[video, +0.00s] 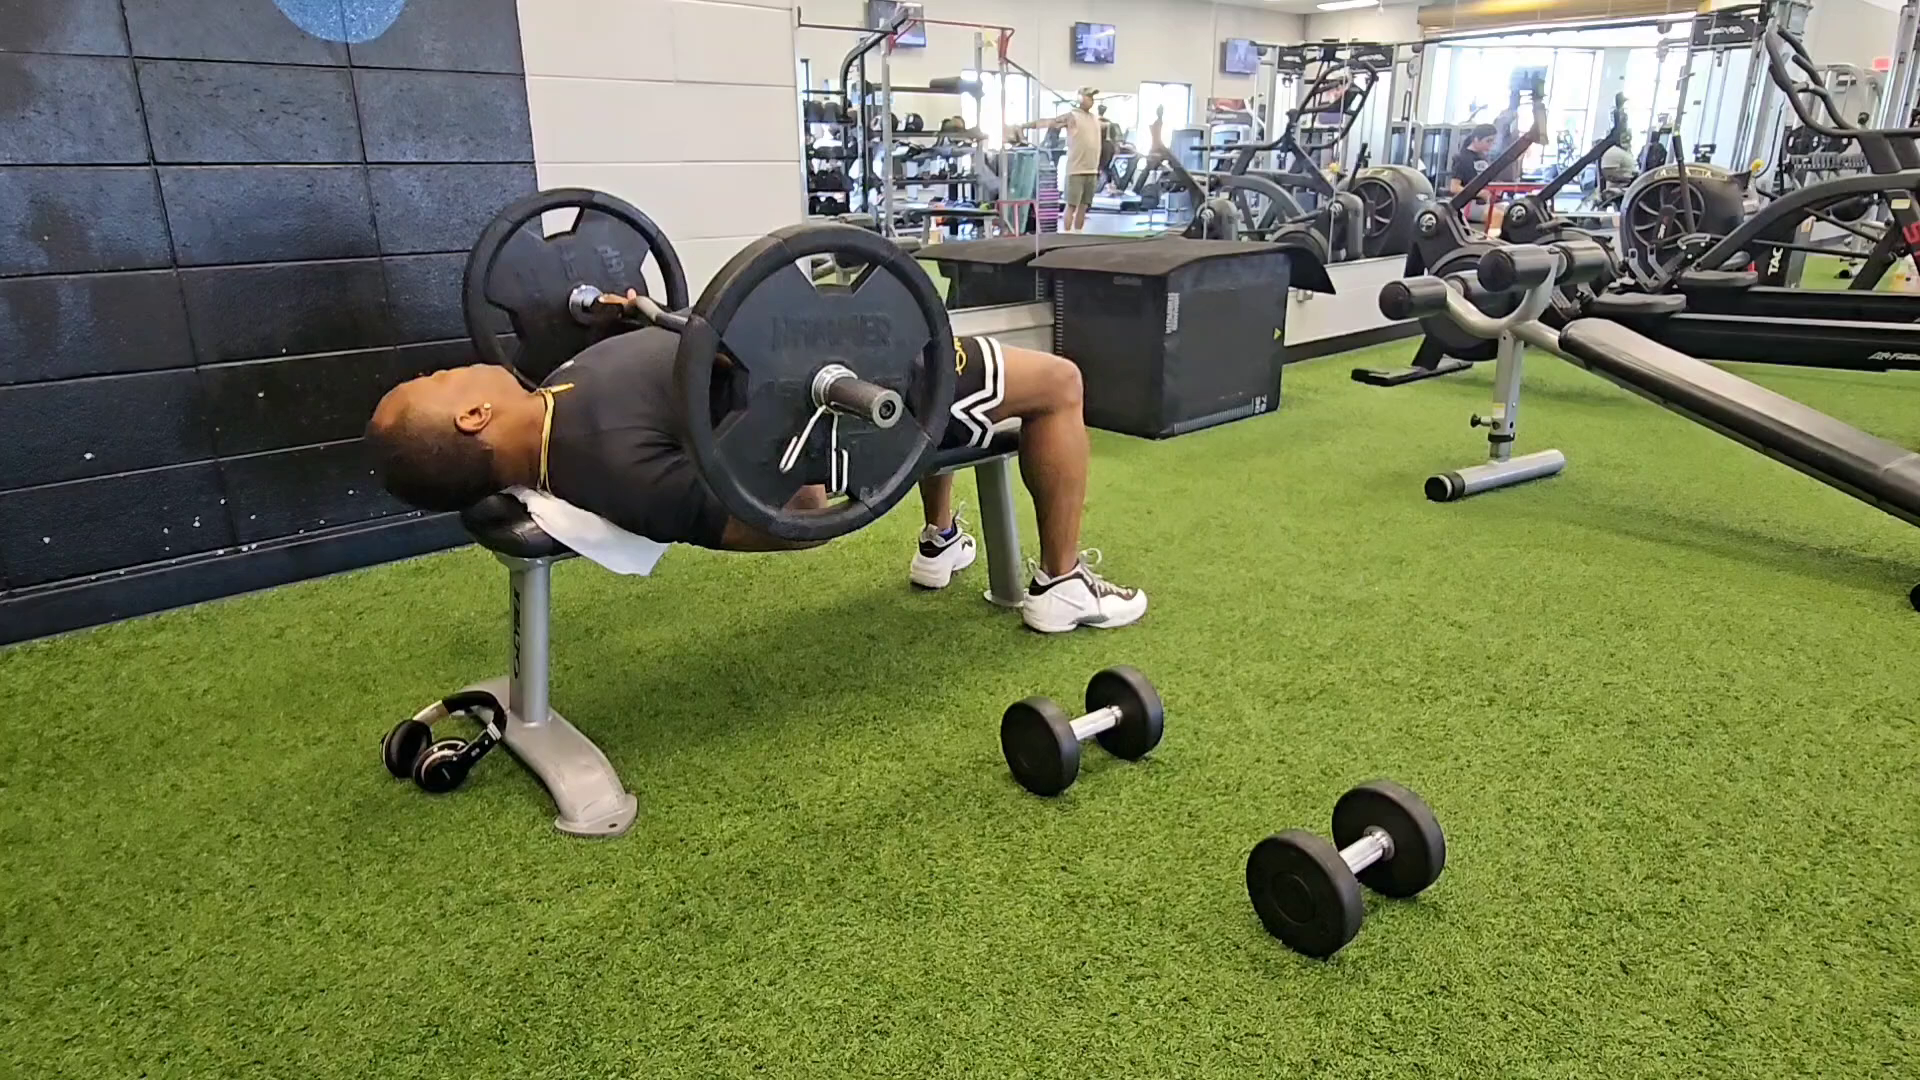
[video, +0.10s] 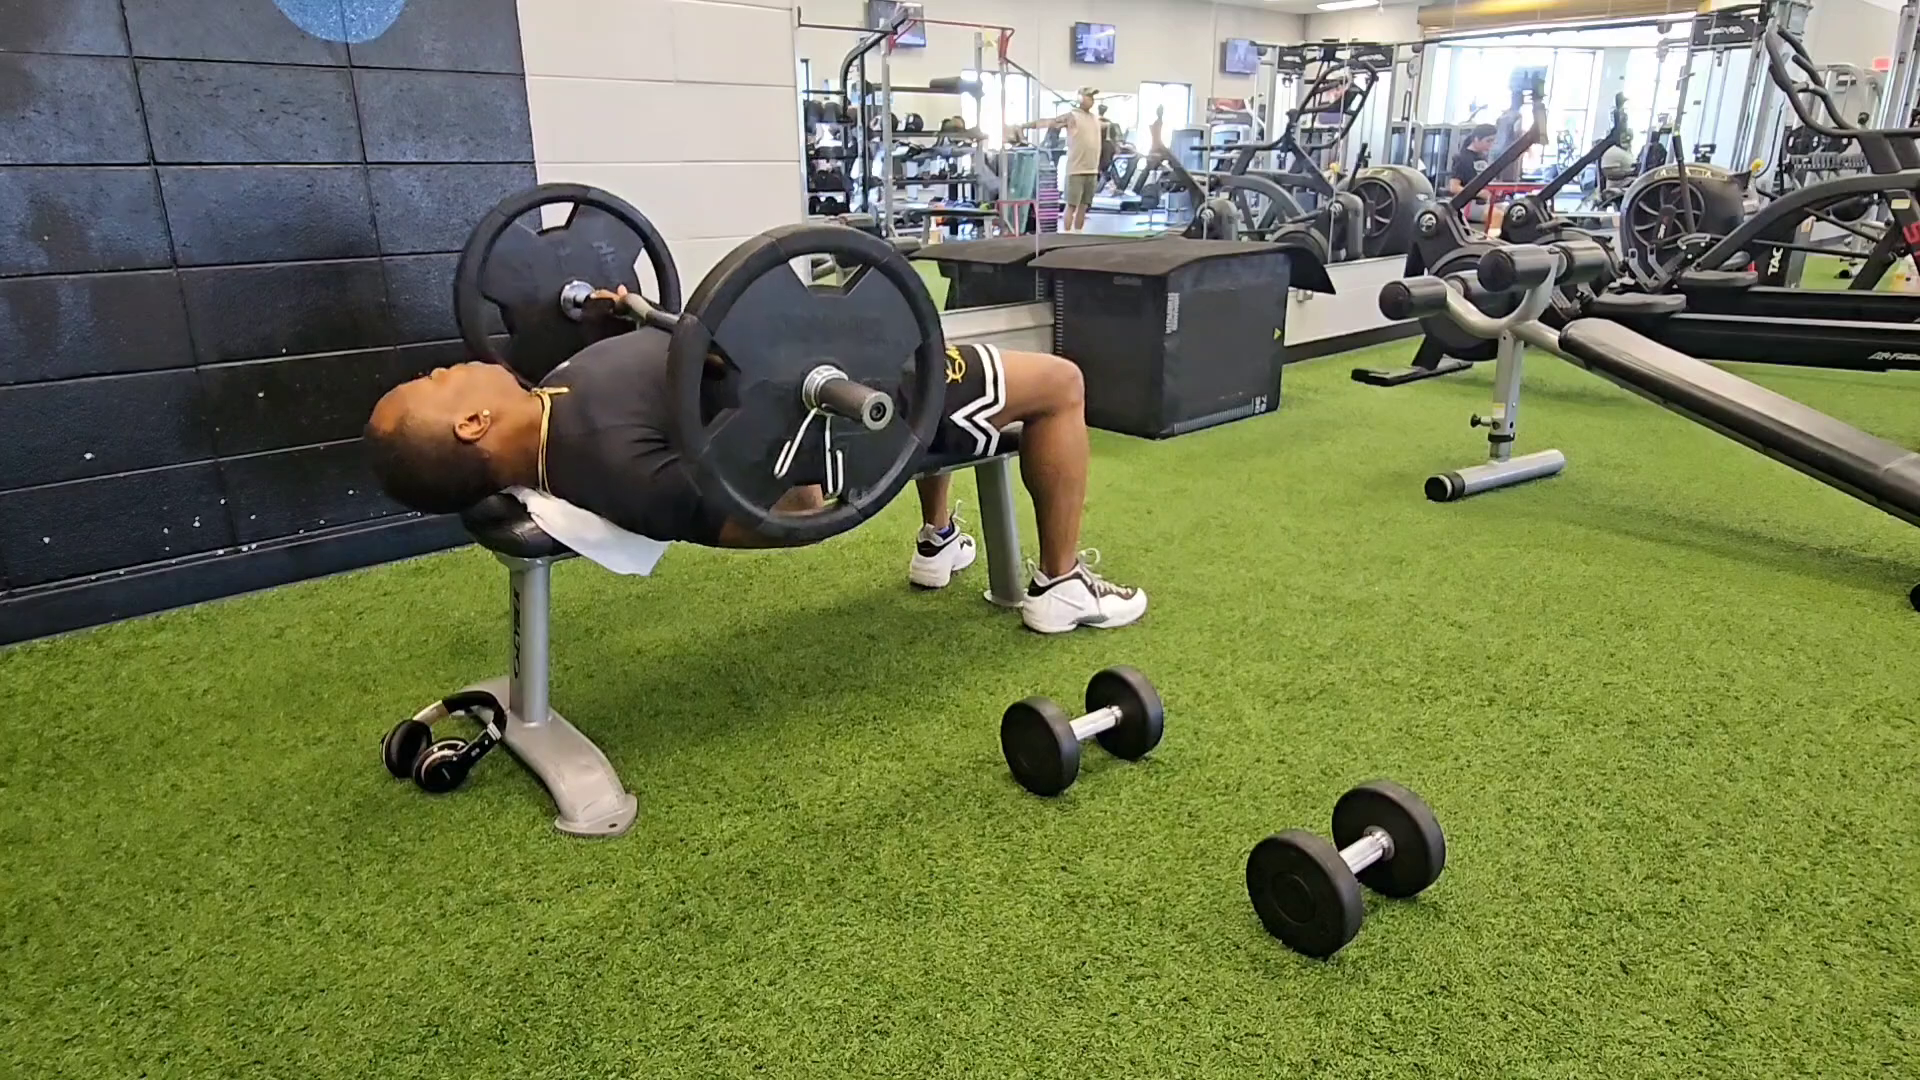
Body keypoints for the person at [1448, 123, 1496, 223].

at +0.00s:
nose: (1491, 146)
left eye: (1492, 141)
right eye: (1488, 141)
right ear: (1476, 140)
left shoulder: (1483, 157)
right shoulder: (1462, 158)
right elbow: (1454, 187)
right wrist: (1478, 193)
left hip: (1485, 202)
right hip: (1468, 204)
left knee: (1509, 209)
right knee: (1498, 215)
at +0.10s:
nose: (1491, 145)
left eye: (1492, 141)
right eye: (1488, 141)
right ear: (1476, 139)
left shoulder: (1483, 157)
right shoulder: (1462, 158)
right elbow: (1454, 187)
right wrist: (1478, 193)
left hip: (1485, 202)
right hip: (1468, 205)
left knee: (1509, 209)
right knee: (1498, 215)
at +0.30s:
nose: (1491, 146)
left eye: (1492, 141)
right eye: (1489, 141)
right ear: (1477, 139)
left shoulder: (1483, 157)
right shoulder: (1462, 158)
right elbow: (1453, 187)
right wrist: (1477, 193)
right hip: (1469, 204)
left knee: (1511, 212)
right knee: (1498, 215)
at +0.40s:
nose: (1490, 146)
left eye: (1492, 141)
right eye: (1488, 141)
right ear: (1477, 139)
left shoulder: (1483, 157)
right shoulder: (1462, 158)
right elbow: (1453, 187)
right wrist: (1477, 193)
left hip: (1485, 202)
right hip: (1468, 204)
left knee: (1511, 211)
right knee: (1498, 216)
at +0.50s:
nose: (1490, 146)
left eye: (1492, 142)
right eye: (1488, 141)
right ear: (1477, 139)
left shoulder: (1482, 157)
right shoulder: (1462, 158)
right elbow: (1452, 186)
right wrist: (1477, 193)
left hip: (1484, 202)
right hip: (1468, 204)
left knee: (1508, 214)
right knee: (1499, 216)